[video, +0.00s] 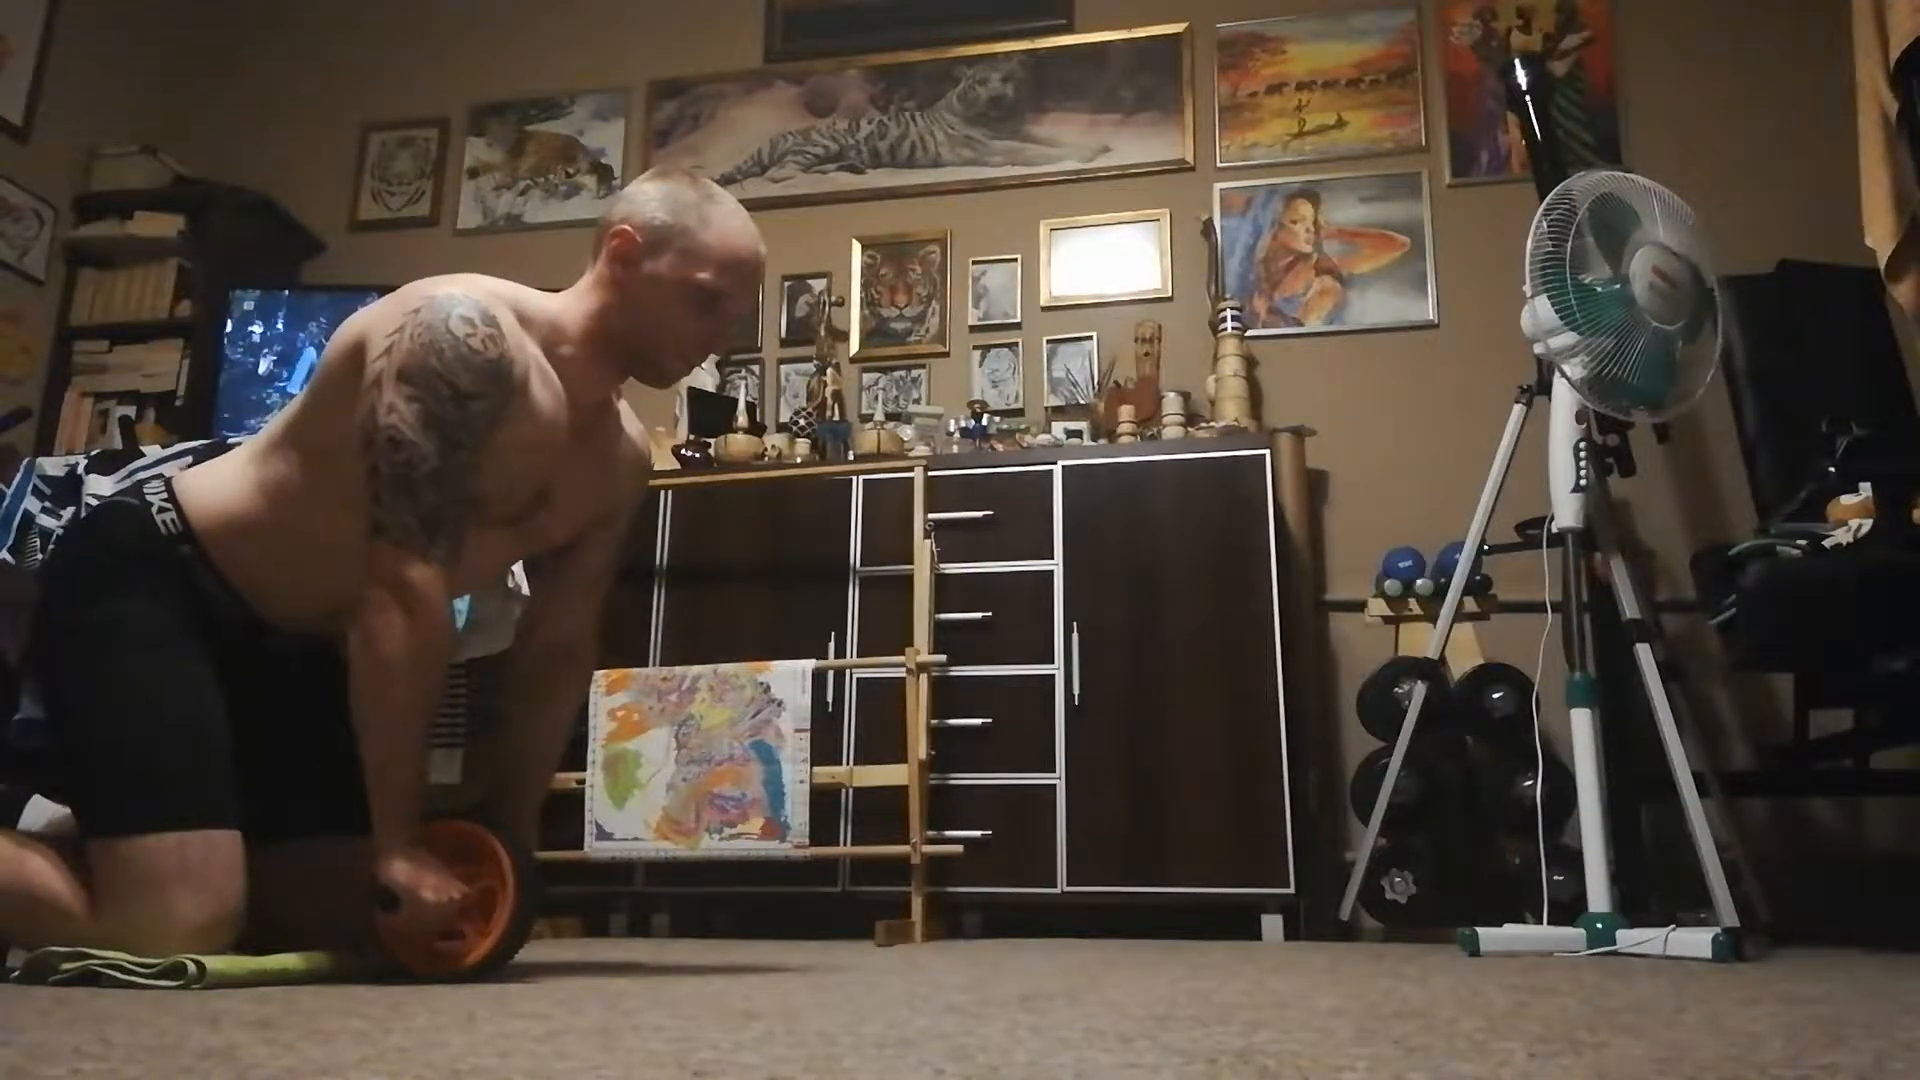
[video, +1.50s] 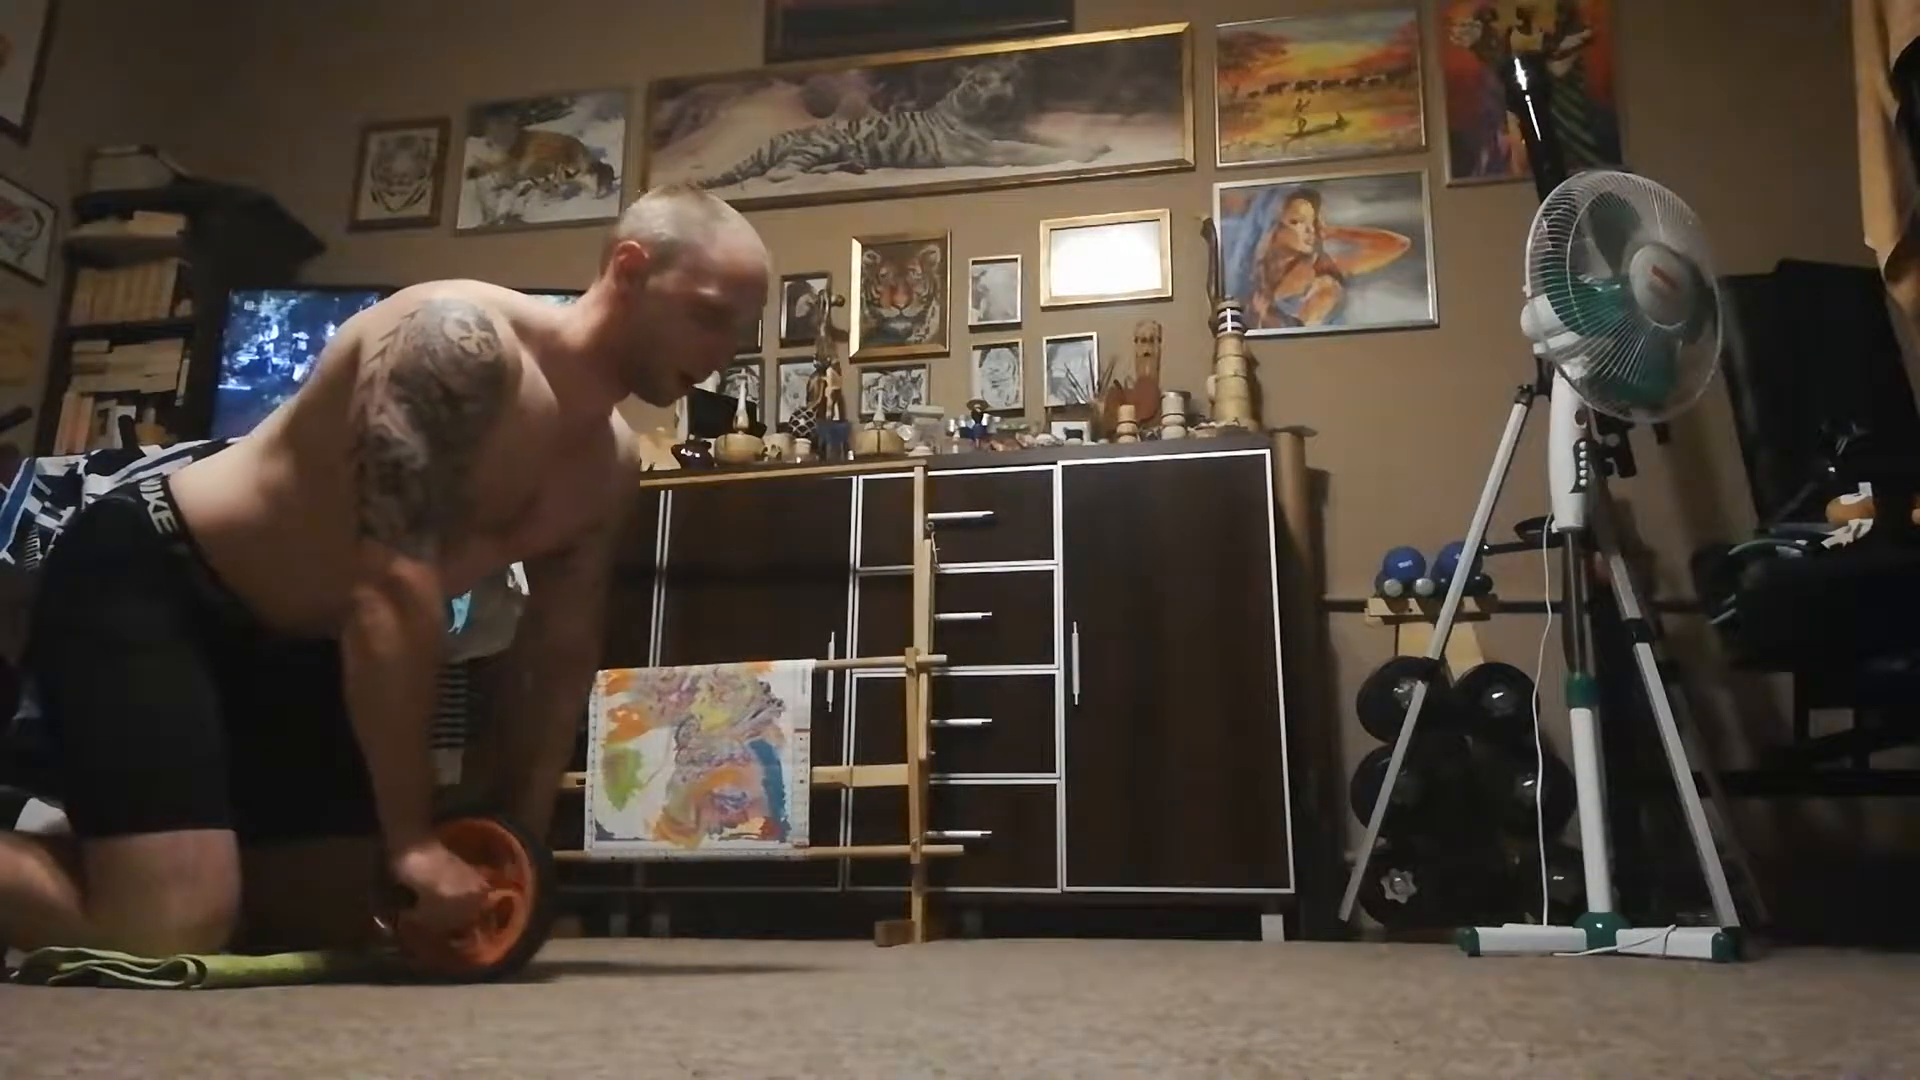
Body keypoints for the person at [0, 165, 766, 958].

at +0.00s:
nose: (729, 334)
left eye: (740, 311)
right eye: (713, 299)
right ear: (625, 253)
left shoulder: (617, 466)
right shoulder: (463, 337)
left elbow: (553, 665)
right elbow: (398, 601)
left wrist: (499, 869)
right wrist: (398, 853)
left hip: (295, 640)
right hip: (150, 572)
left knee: (354, 915)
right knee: (180, 920)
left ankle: (63, 860)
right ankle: (10, 861)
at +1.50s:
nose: (726, 355)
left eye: (741, 332)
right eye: (713, 319)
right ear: (630, 269)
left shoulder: (609, 469)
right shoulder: (457, 340)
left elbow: (552, 676)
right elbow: (386, 599)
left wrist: (507, 868)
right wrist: (412, 842)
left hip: (293, 640)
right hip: (147, 575)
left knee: (349, 916)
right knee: (172, 931)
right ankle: (10, 860)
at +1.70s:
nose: (760, 369)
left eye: (777, 347)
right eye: (753, 330)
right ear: (672, 275)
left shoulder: (640, 471)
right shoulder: (496, 338)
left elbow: (631, 669)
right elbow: (470, 608)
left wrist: (625, 844)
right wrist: (538, 837)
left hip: (311, 645)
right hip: (169, 564)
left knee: (323, 932)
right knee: (166, 928)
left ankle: (48, 852)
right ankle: (11, 845)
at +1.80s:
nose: (791, 375)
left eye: (808, 356)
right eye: (784, 337)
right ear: (702, 282)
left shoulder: (672, 470)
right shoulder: (537, 340)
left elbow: (685, 669)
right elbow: (536, 602)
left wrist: (700, 832)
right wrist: (620, 830)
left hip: (326, 641)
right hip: (186, 559)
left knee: (324, 936)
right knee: (163, 929)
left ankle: (41, 838)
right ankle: (11, 829)